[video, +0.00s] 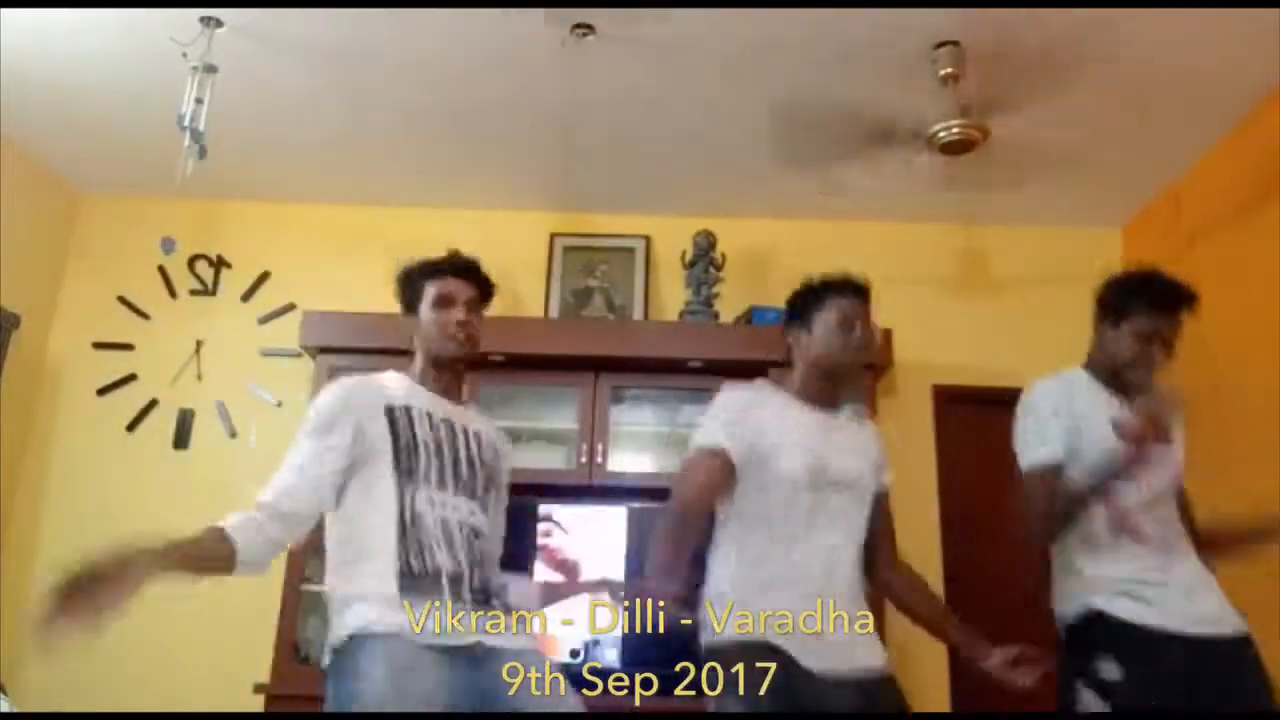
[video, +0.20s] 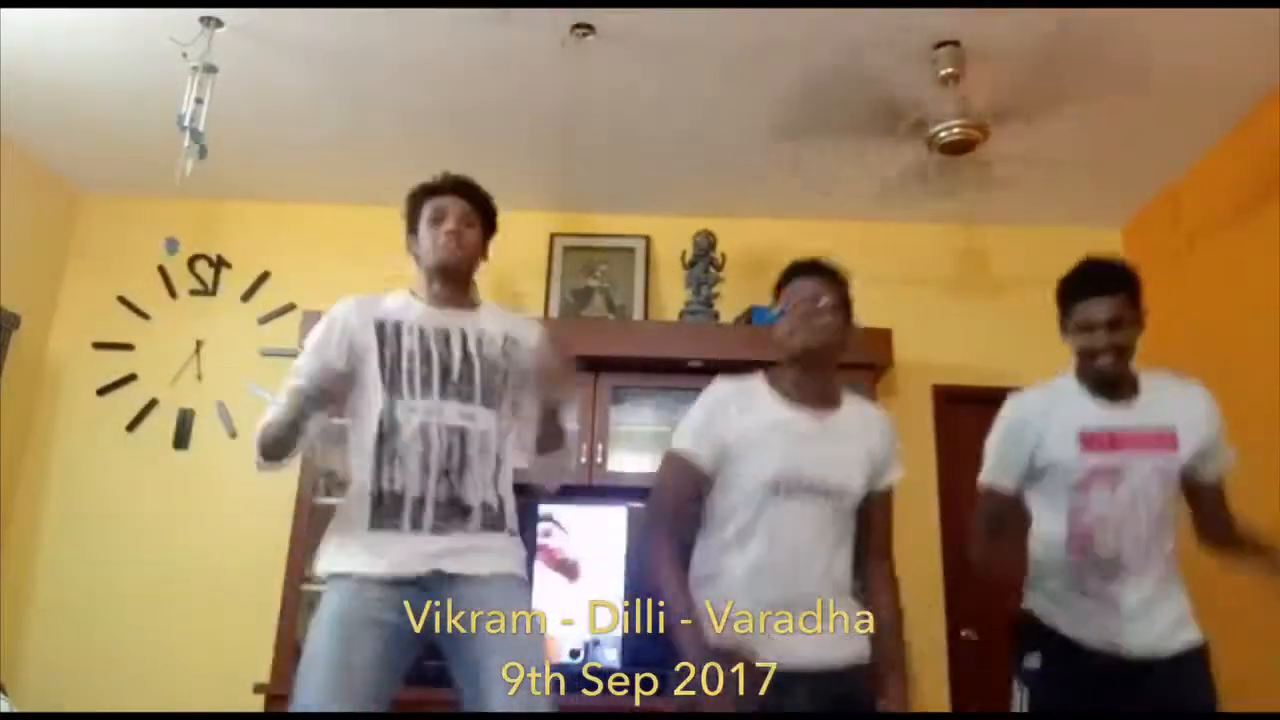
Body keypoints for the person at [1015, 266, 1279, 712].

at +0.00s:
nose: (1156, 358)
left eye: (1166, 345)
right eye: (1146, 340)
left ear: (1173, 348)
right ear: (1107, 327)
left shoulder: (1159, 407)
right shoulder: (1051, 397)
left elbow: (1186, 536)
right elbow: (1041, 522)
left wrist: (1270, 530)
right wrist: (1125, 453)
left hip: (1198, 607)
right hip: (1112, 612)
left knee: (1252, 698)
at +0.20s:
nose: (1102, 343)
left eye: (1116, 326)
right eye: (1086, 329)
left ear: (1139, 323)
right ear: (1065, 332)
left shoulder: (1188, 406)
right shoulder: (1028, 416)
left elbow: (1217, 529)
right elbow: (988, 538)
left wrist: (1264, 551)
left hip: (1166, 644)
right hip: (1065, 643)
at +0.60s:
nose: (1058, 352)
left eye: (1072, 337)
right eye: (1050, 343)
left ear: (1116, 334)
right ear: (1044, 346)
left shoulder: (1156, 418)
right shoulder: (1027, 415)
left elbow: (1130, 547)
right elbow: (986, 520)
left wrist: (1023, 504)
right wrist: (910, 516)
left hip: (1087, 640)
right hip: (995, 626)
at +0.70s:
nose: (1051, 384)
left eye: (1063, 368)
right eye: (1044, 374)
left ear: (1107, 364)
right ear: (1039, 376)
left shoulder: (1139, 436)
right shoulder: (1042, 445)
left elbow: (1090, 572)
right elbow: (1012, 546)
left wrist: (988, 587)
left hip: (1060, 658)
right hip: (981, 645)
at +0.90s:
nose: (1020, 431)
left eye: (1034, 413)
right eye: (1014, 419)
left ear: (1079, 408)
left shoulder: (1118, 496)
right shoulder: (1011, 500)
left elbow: (1066, 625)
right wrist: (961, 572)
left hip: (1043, 701)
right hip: (956, 688)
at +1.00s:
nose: (1011, 364)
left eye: (1024, 347)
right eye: (1003, 353)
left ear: (1067, 345)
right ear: (997, 358)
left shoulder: (1119, 427)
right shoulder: (993, 427)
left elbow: (1117, 555)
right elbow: (948, 542)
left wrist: (1025, 469)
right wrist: (892, 492)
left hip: (1064, 658)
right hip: (968, 649)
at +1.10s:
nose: (1005, 329)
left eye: (1021, 315)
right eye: (999, 318)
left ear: (1066, 323)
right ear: (994, 326)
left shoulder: (1119, 411)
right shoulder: (972, 406)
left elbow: (1144, 539)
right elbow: (934, 508)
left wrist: (1085, 477)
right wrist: (898, 465)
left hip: (1082, 640)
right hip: (981, 635)